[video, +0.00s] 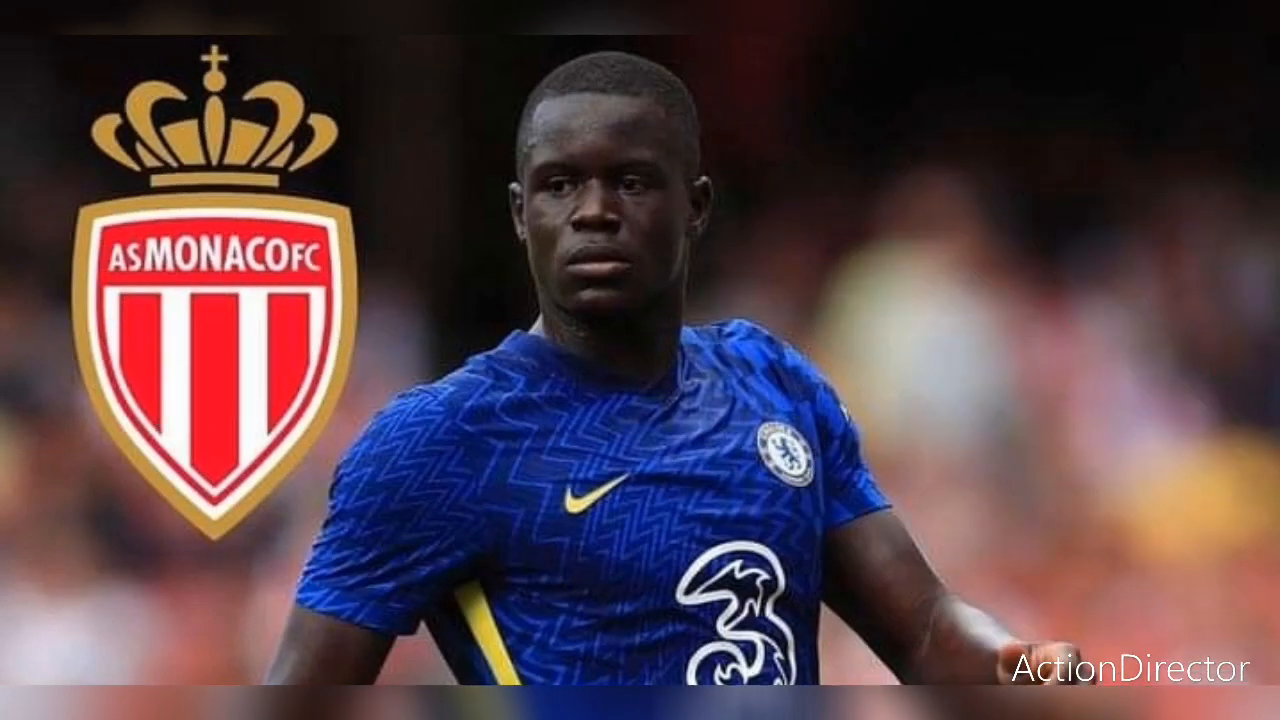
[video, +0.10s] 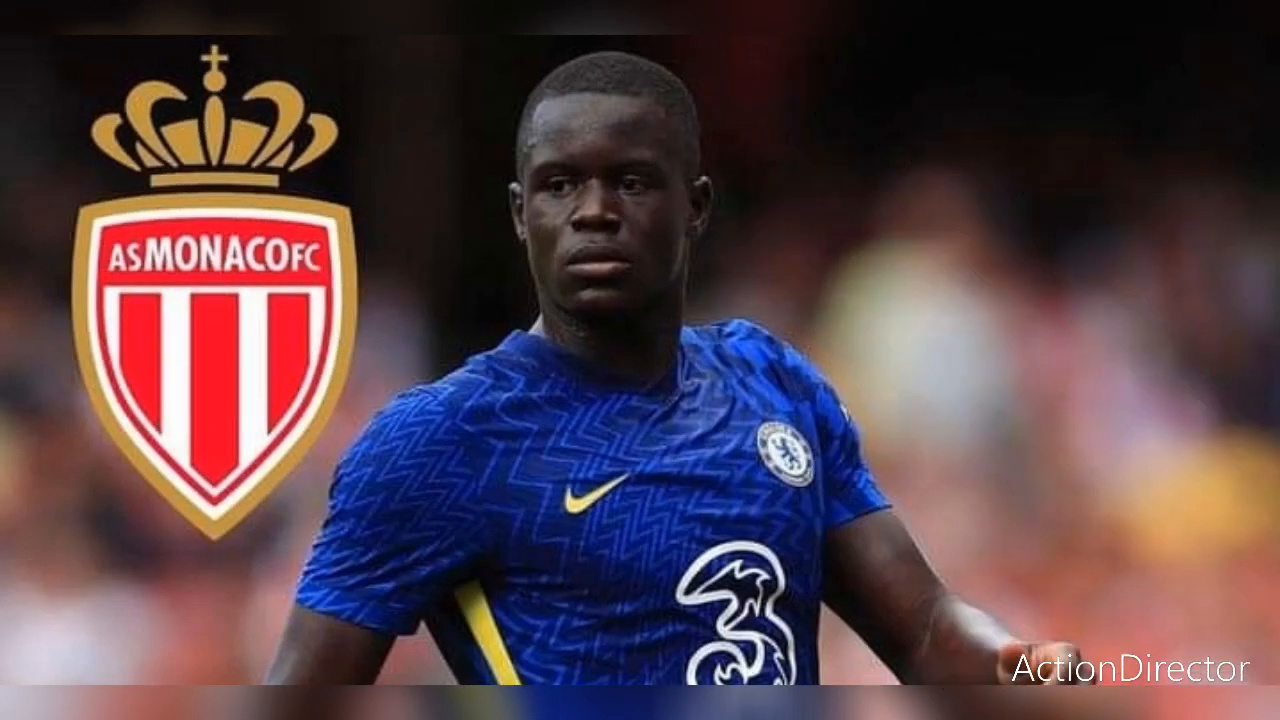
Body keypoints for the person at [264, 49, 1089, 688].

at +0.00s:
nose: (596, 209)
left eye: (633, 178)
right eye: (560, 181)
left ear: (697, 210)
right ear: (522, 216)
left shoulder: (770, 385)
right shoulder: (432, 445)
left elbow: (921, 626)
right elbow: (301, 692)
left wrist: (1021, 675)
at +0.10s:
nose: (595, 210)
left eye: (633, 178)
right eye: (560, 181)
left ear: (697, 209)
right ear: (522, 216)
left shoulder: (770, 385)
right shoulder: (433, 444)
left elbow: (921, 626)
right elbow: (301, 691)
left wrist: (1021, 675)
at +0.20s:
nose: (595, 210)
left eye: (633, 178)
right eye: (560, 181)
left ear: (697, 209)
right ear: (522, 216)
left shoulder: (770, 385)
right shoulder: (433, 444)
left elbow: (921, 626)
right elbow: (301, 691)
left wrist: (1021, 675)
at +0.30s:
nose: (595, 210)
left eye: (633, 178)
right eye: (560, 181)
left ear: (697, 208)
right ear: (522, 215)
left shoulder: (770, 385)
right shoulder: (433, 444)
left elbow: (921, 626)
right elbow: (301, 691)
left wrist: (1021, 675)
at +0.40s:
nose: (603, 209)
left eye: (639, 177)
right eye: (562, 180)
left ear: (696, 204)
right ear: (522, 214)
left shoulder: (772, 384)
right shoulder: (433, 444)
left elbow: (921, 625)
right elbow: (301, 690)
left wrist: (1017, 672)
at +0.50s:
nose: (599, 209)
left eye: (635, 176)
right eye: (561, 180)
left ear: (698, 207)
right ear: (521, 212)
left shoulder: (786, 406)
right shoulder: (433, 444)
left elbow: (922, 626)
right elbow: (301, 689)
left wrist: (1018, 672)